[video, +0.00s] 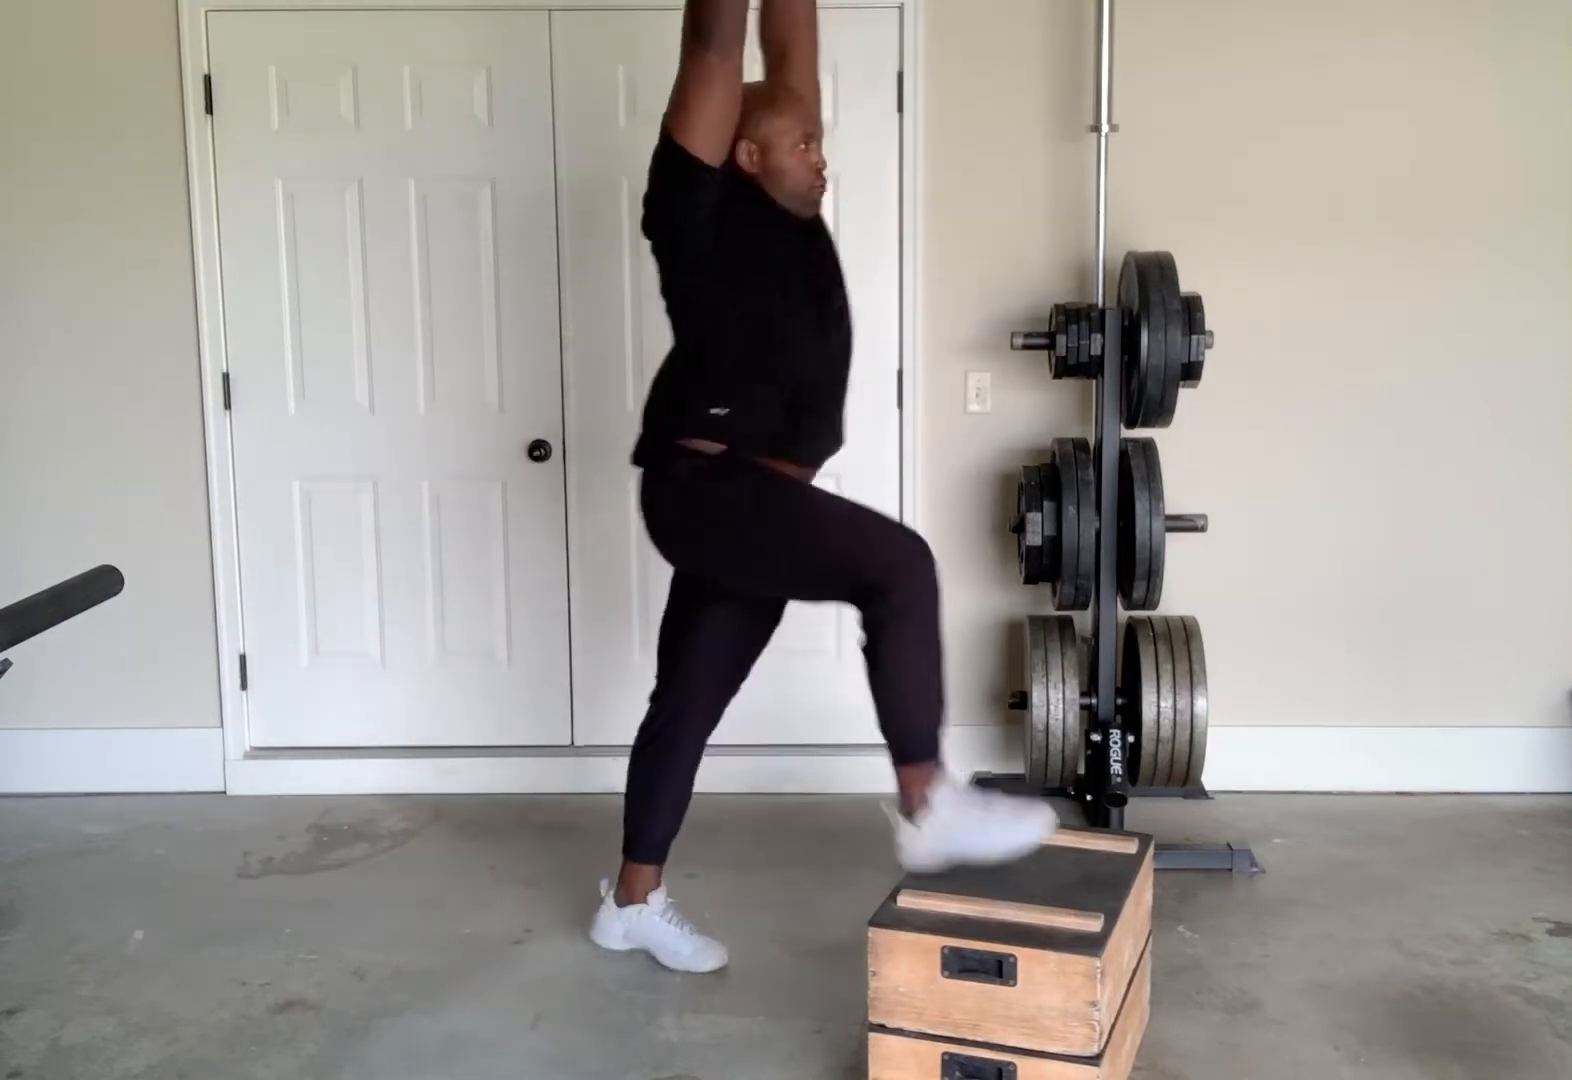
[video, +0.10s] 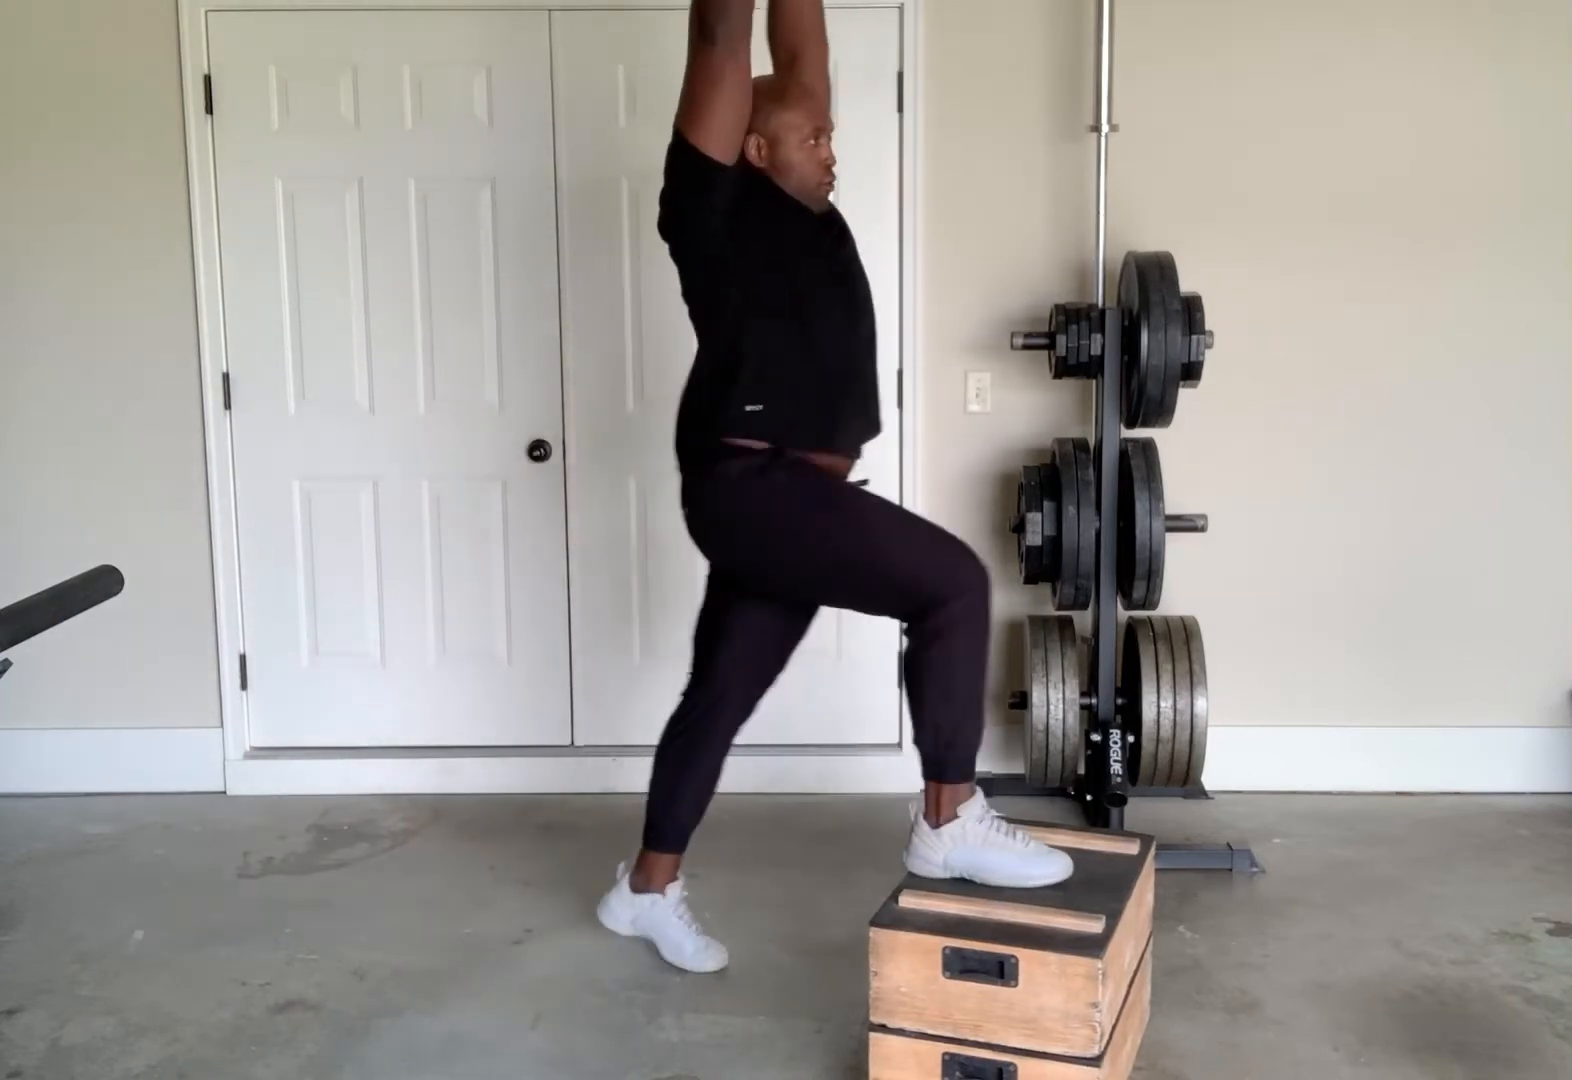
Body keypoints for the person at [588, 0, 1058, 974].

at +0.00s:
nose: (822, 160)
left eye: (819, 143)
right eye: (801, 145)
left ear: (798, 149)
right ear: (745, 150)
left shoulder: (789, 219)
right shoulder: (698, 205)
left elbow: (794, 57)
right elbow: (711, 43)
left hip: (765, 490)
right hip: (706, 484)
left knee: (686, 706)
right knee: (899, 566)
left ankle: (631, 900)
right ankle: (927, 804)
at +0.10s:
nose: (830, 153)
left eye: (829, 137)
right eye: (811, 138)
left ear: (809, 142)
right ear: (755, 143)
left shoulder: (805, 214)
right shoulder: (711, 202)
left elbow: (803, 66)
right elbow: (719, 42)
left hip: (802, 488)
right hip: (750, 485)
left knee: (716, 703)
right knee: (954, 585)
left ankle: (648, 886)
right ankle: (950, 821)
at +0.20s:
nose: (834, 147)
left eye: (834, 131)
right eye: (815, 131)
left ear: (818, 134)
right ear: (760, 133)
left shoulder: (805, 204)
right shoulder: (717, 201)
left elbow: (818, 71)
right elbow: (719, 44)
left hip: (815, 479)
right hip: (770, 479)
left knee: (747, 692)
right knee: (979, 590)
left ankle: (662, 877)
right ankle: (952, 819)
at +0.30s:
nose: (838, 136)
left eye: (837, 118)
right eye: (816, 119)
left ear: (824, 125)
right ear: (758, 129)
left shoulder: (813, 201)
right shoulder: (723, 199)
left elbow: (820, 70)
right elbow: (718, 47)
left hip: (832, 476)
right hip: (783, 478)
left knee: (764, 685)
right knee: (988, 593)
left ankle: (681, 866)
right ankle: (953, 819)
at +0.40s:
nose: (837, 130)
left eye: (837, 112)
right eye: (815, 114)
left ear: (826, 122)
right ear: (759, 128)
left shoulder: (811, 197)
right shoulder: (721, 200)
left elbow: (825, 63)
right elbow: (718, 48)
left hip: (829, 475)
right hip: (780, 478)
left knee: (764, 684)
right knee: (982, 593)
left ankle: (682, 865)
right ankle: (952, 819)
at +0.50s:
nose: (821, 134)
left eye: (823, 115)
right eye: (796, 113)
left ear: (815, 122)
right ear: (739, 122)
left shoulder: (803, 196)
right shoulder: (703, 204)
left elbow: (837, 71)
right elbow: (712, 47)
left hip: (816, 476)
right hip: (767, 479)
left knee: (754, 685)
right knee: (971, 592)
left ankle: (674, 869)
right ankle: (951, 820)